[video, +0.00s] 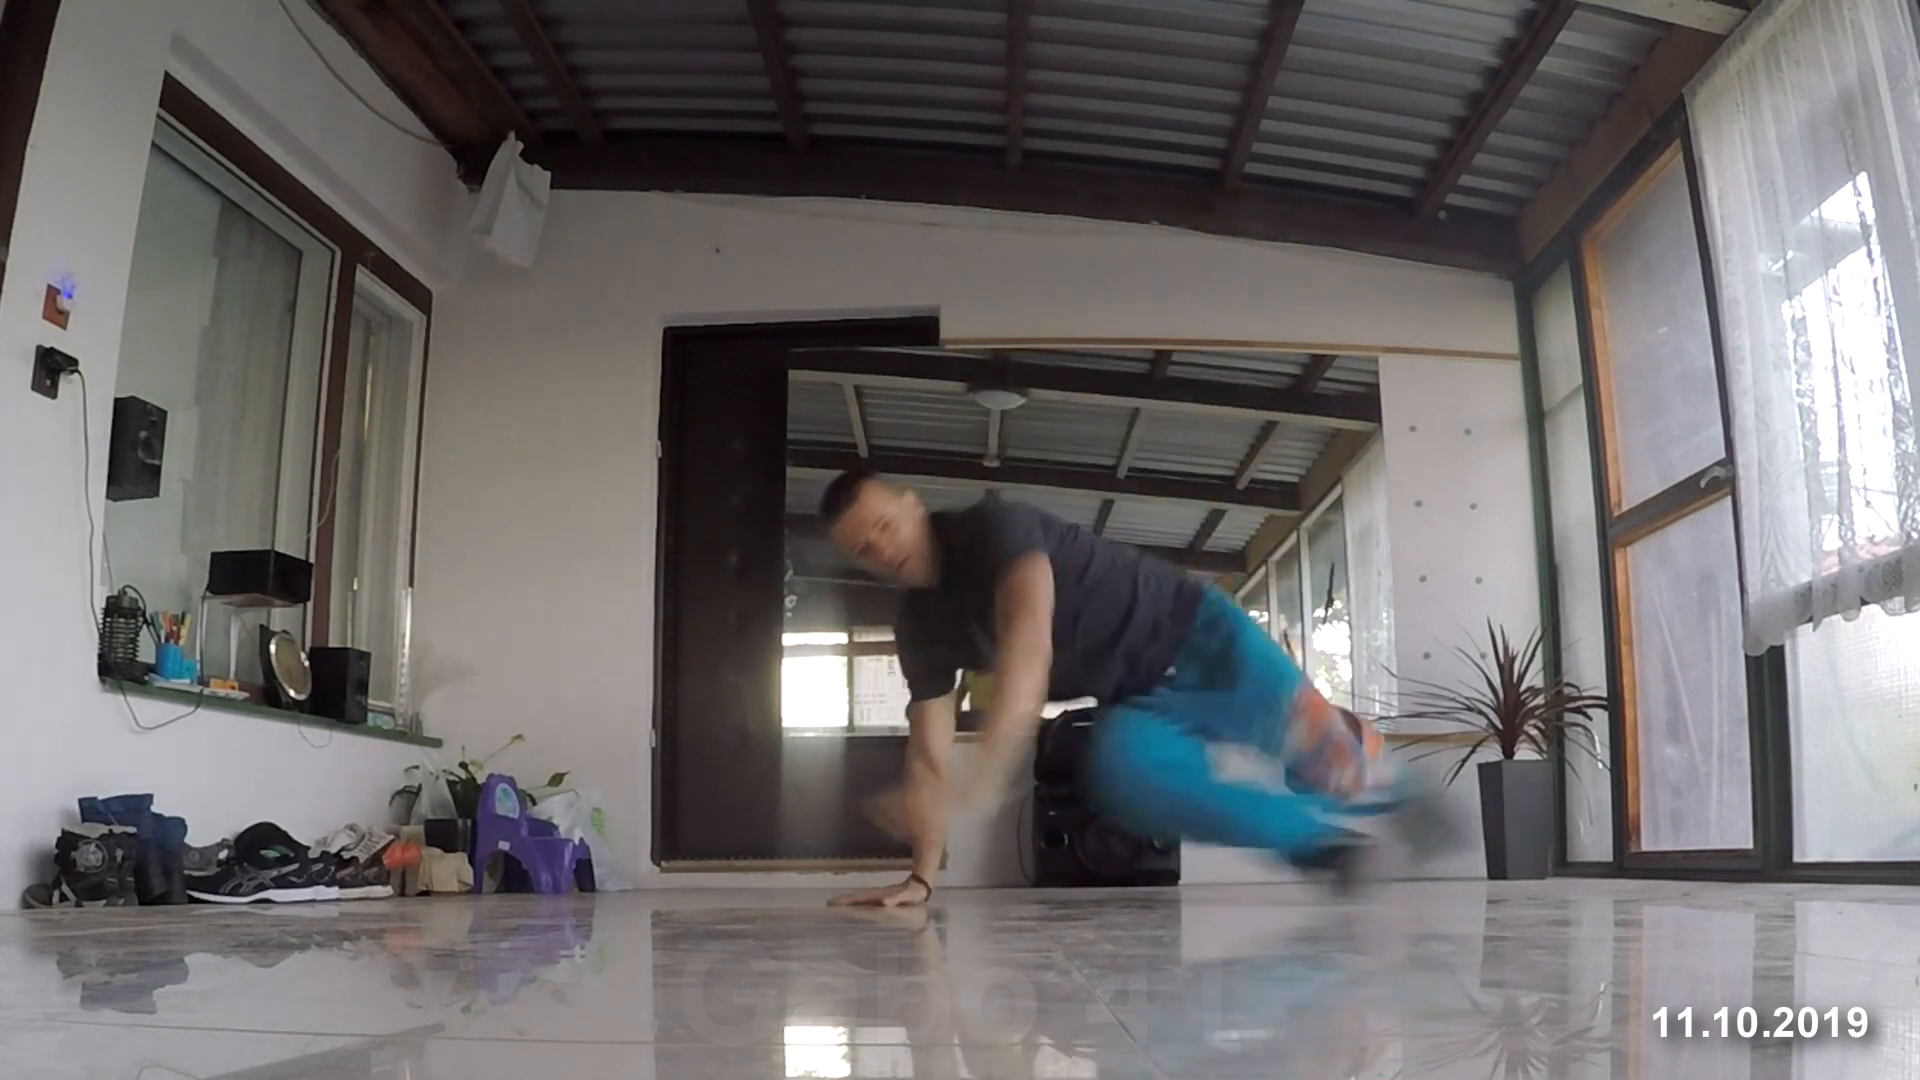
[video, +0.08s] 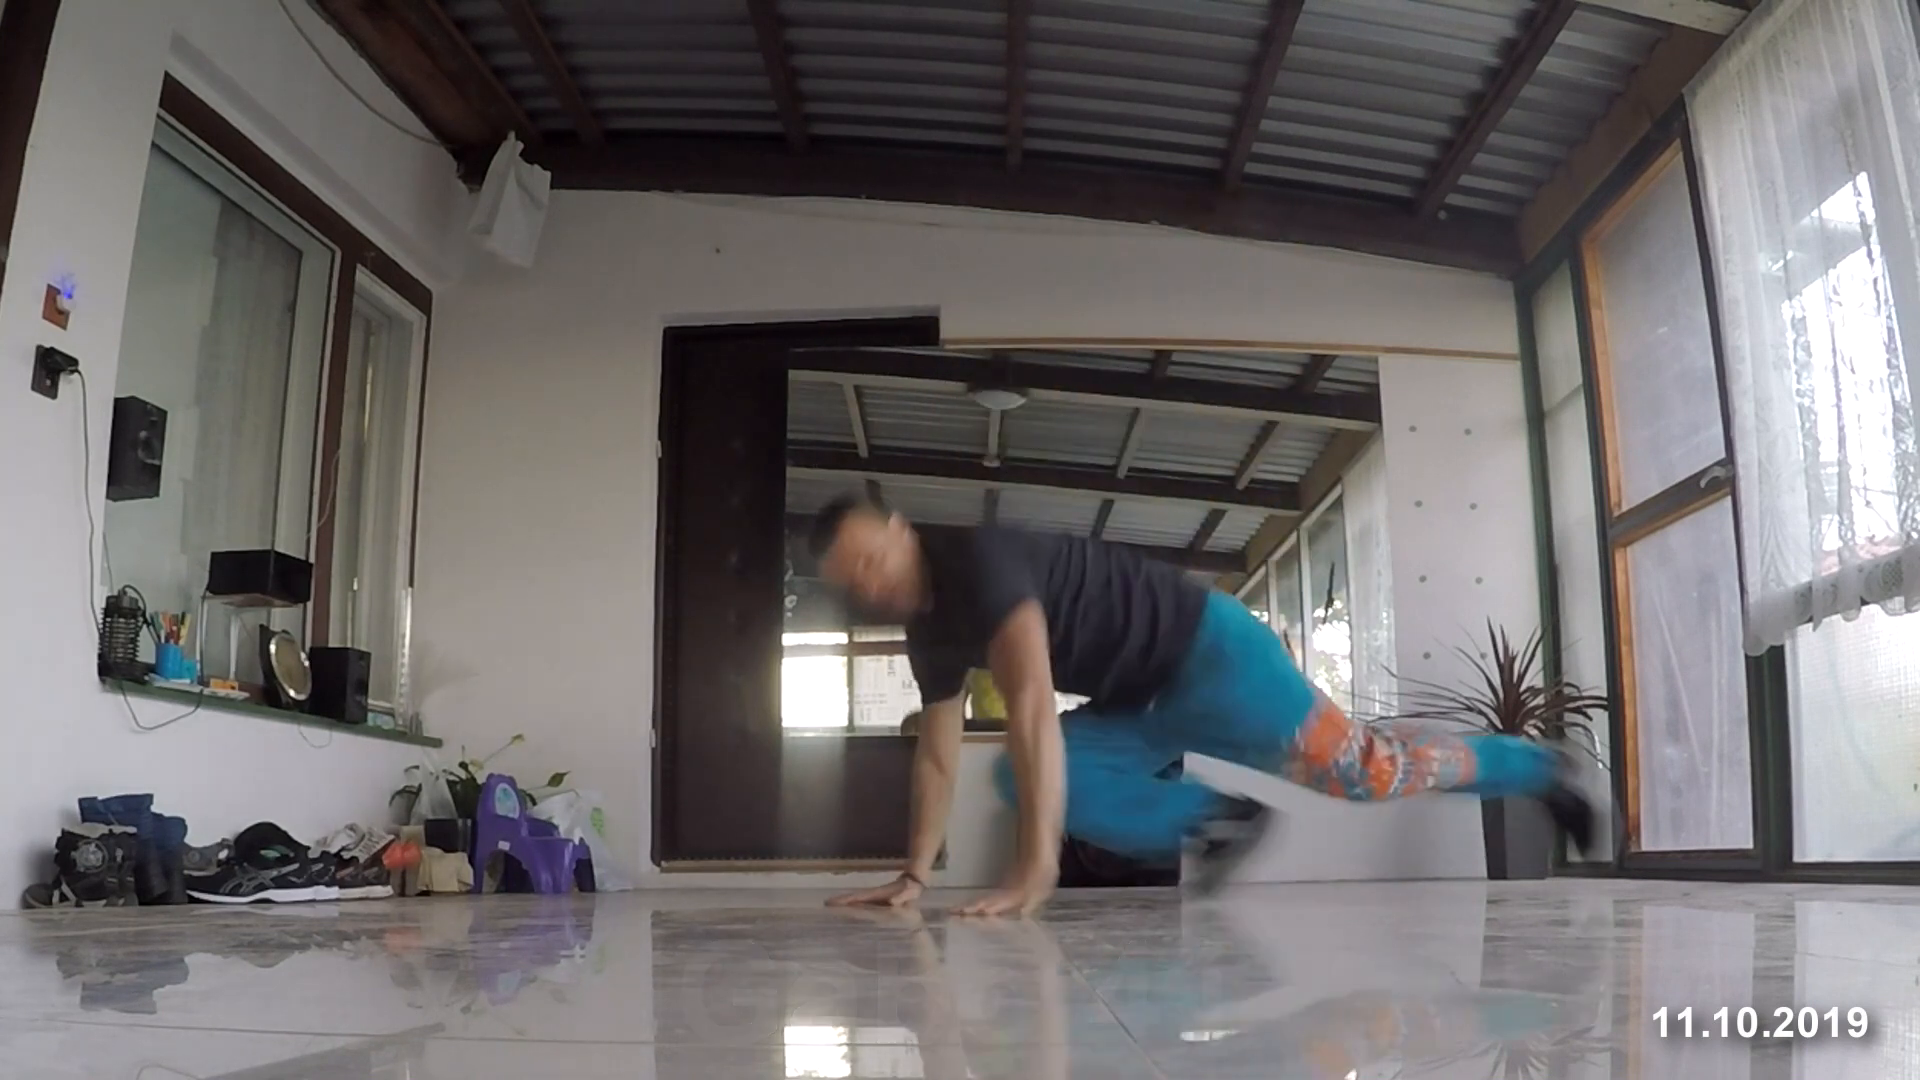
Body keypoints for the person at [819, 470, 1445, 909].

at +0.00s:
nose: (881, 553)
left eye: (883, 529)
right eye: (862, 551)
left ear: (911, 502)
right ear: (858, 561)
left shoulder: (1000, 527)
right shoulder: (920, 624)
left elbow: (1027, 664)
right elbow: (933, 753)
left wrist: (974, 784)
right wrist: (921, 877)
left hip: (1206, 635)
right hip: (1145, 700)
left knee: (1329, 770)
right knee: (1122, 770)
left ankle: (1410, 800)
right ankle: (1335, 841)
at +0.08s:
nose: (862, 587)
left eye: (862, 564)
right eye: (847, 583)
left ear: (897, 529)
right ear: (852, 587)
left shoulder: (986, 562)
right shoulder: (932, 630)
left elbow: (1033, 717)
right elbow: (937, 749)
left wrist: (1030, 878)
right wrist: (916, 871)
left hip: (1207, 654)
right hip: (1135, 707)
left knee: (1366, 771)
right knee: (1033, 772)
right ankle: (1223, 822)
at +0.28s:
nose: (956, 817)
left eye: (940, 811)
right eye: (937, 819)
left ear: (921, 761)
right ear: (920, 772)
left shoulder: (1002, 677)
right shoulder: (948, 735)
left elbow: (1103, 744)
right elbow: (939, 788)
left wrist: (1053, 887)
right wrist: (900, 871)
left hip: (1236, 730)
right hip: (1155, 775)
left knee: (1433, 820)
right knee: (1060, 849)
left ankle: (1617, 814)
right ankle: (1211, 834)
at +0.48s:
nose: (964, 814)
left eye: (948, 808)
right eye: (945, 817)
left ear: (929, 761)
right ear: (927, 768)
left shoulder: (1011, 678)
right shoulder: (955, 727)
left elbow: (1103, 746)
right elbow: (950, 781)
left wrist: (1053, 887)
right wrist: (903, 872)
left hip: (1244, 715)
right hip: (1168, 760)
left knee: (1431, 805)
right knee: (1072, 835)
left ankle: (1623, 801)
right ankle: (1214, 835)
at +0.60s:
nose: (924, 768)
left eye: (911, 761)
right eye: (907, 768)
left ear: (916, 715)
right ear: (909, 718)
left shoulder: (1006, 643)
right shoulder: (951, 697)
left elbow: (1085, 736)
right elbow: (929, 786)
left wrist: (1053, 887)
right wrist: (896, 878)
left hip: (1241, 674)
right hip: (1167, 726)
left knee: (1412, 775)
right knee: (1058, 787)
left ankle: (1622, 803)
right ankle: (1214, 838)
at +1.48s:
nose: (955, 167)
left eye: (969, 159)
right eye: (940, 156)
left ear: (984, 188)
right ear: (909, 180)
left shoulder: (1006, 294)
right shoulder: (853, 269)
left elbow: (1022, 406)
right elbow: (773, 360)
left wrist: (1045, 455)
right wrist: (762, 484)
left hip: (986, 511)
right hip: (888, 526)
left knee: (1086, 650)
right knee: (920, 699)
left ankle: (1080, 814)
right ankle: (988, 839)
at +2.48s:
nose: (799, 146)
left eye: (816, 136)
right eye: (786, 125)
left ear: (828, 155)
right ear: (749, 132)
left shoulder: (835, 270)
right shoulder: (684, 219)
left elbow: (889, 381)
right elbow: (568, 305)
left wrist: (953, 431)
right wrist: (526, 434)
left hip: (751, 500)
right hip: (666, 457)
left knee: (694, 684)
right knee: (699, 643)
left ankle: (528, 829)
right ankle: (651, 856)